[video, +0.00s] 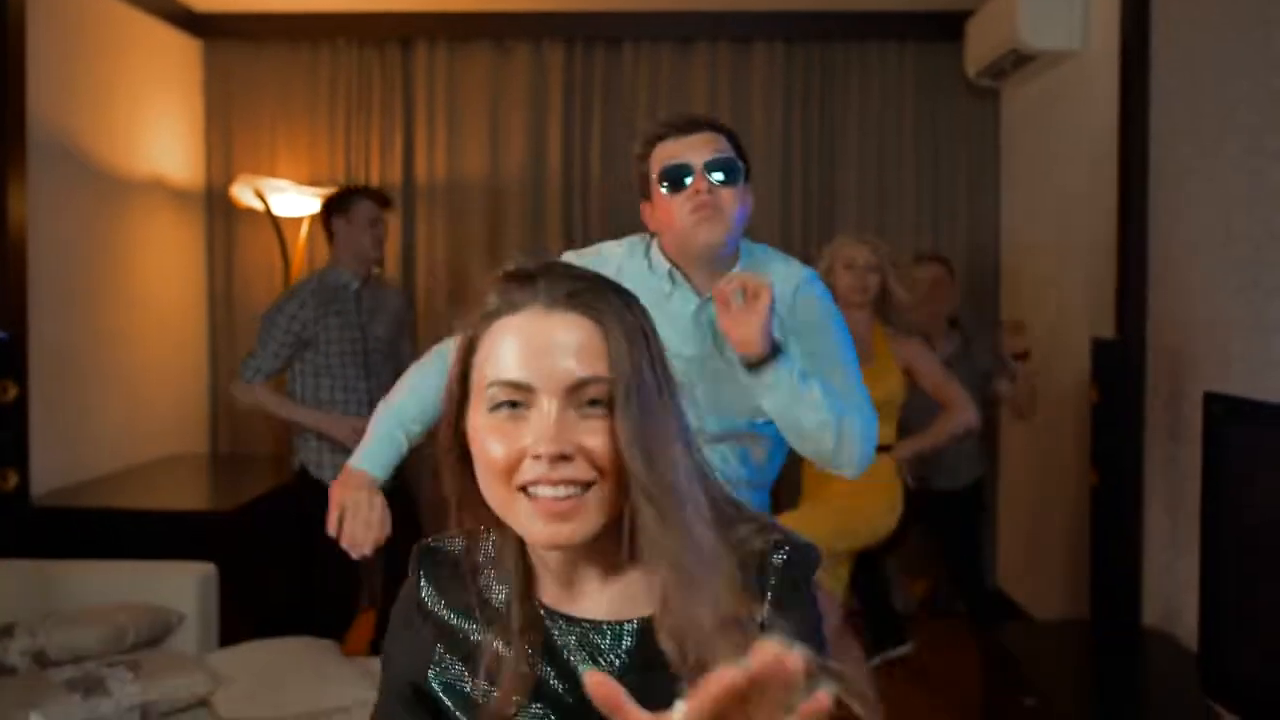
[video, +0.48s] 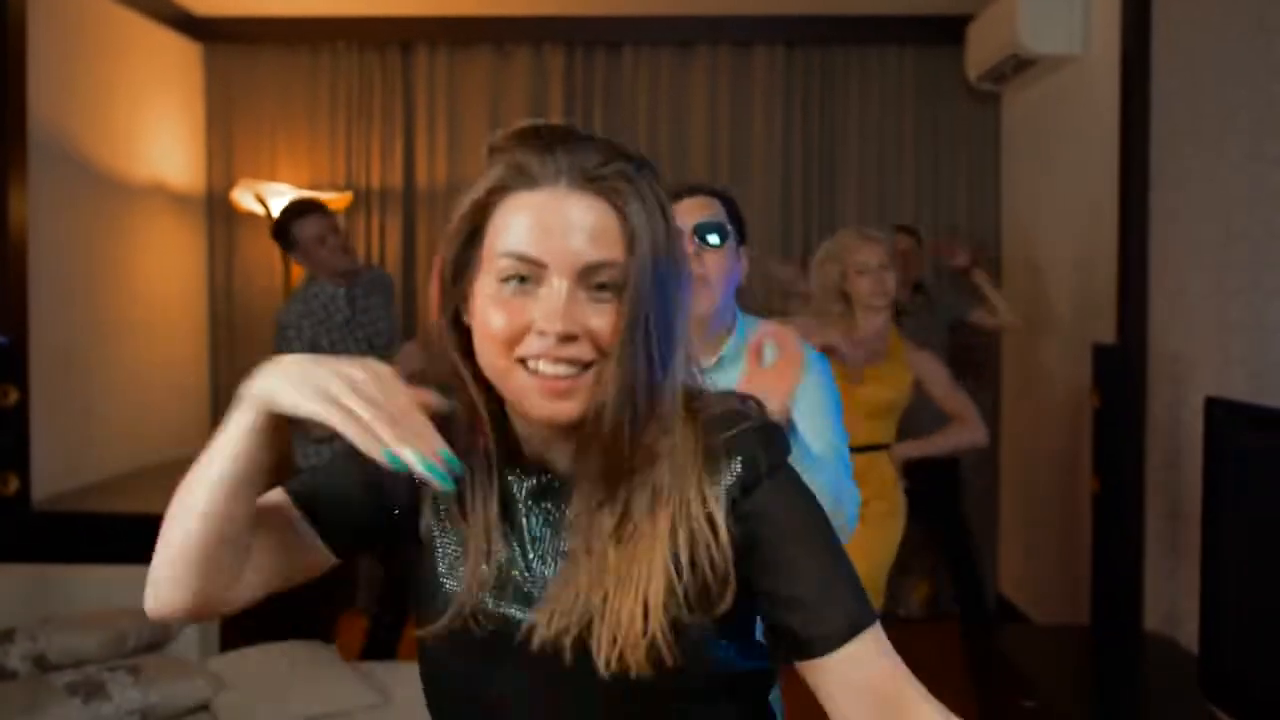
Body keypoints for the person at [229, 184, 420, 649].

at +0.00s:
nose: (381, 235)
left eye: (383, 225)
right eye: (371, 224)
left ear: (385, 231)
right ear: (336, 228)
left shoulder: (394, 301)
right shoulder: (306, 301)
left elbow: (409, 380)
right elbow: (246, 386)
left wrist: (393, 426)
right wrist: (328, 422)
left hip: (390, 473)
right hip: (324, 477)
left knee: (400, 594)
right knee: (331, 603)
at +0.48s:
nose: (337, 245)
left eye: (335, 233)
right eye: (321, 241)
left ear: (344, 231)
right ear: (299, 257)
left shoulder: (379, 289)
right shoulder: (298, 317)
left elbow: (393, 361)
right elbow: (308, 415)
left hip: (390, 453)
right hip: (328, 461)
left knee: (399, 570)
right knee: (325, 580)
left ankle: (376, 666)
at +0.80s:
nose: (346, 243)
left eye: (343, 231)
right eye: (330, 242)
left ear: (352, 229)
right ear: (311, 261)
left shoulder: (385, 285)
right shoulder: (315, 313)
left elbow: (403, 371)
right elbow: (347, 414)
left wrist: (412, 430)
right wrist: (405, 345)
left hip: (396, 467)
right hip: (346, 478)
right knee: (345, 599)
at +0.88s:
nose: (355, 244)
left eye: (352, 232)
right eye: (339, 243)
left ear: (360, 231)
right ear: (320, 262)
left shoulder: (387, 287)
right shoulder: (324, 314)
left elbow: (407, 361)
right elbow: (346, 416)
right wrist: (411, 352)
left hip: (396, 469)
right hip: (348, 478)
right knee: (337, 601)